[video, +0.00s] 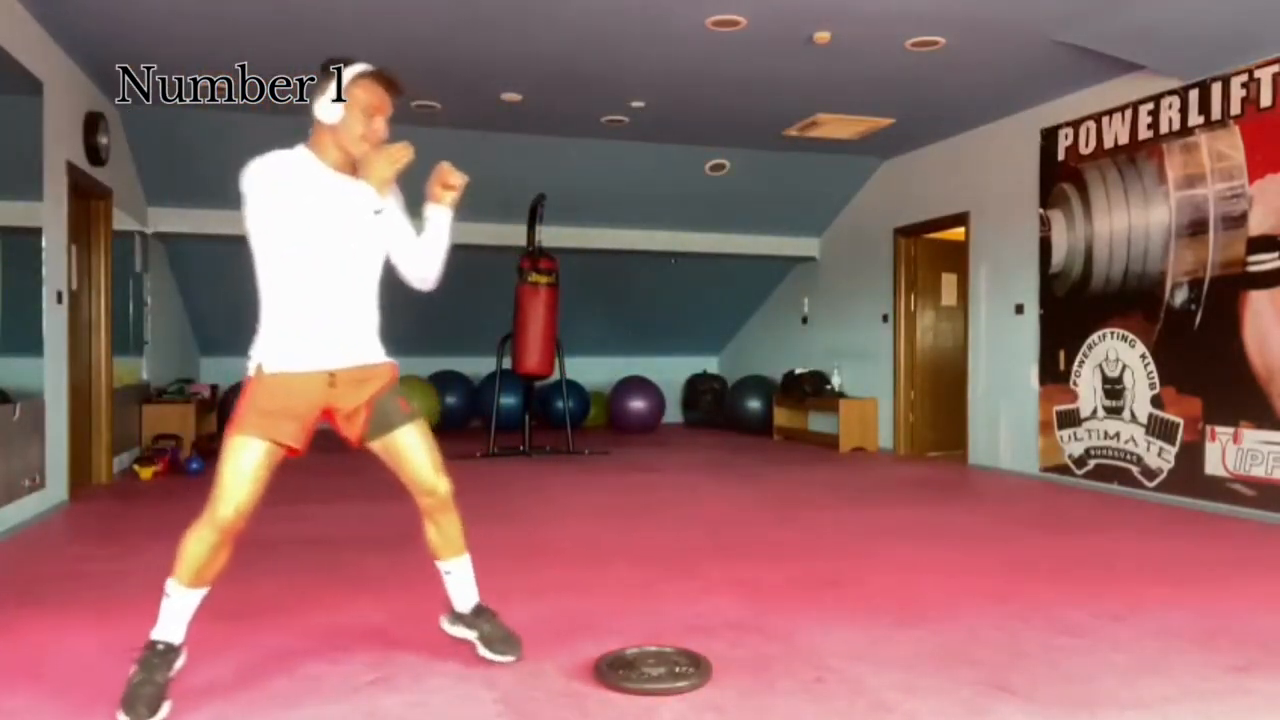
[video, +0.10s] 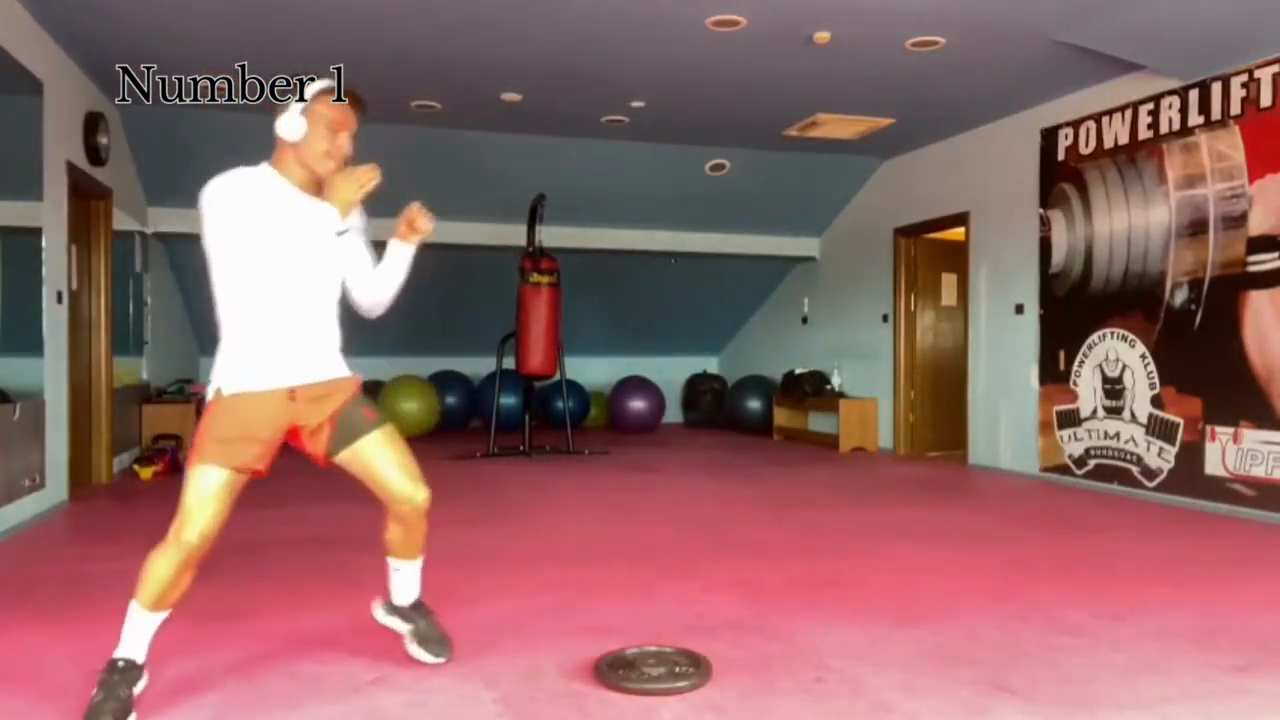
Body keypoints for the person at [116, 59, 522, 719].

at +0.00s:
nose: (380, 132)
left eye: (385, 122)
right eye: (370, 117)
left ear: (381, 125)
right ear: (328, 110)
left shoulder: (375, 191)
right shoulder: (267, 175)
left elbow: (423, 271)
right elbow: (299, 232)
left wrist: (439, 208)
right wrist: (373, 179)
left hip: (367, 374)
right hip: (282, 378)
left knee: (436, 489)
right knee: (224, 516)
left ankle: (467, 609)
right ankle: (164, 646)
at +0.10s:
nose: (345, 148)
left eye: (350, 137)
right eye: (334, 132)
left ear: (350, 143)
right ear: (295, 129)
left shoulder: (336, 213)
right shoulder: (227, 192)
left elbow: (372, 300)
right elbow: (268, 260)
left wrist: (403, 245)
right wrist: (338, 208)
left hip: (327, 387)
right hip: (246, 395)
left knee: (411, 497)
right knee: (191, 538)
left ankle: (404, 603)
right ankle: (126, 663)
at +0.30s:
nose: (315, 152)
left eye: (323, 141)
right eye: (305, 136)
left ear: (323, 147)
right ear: (263, 132)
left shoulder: (313, 206)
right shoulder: (196, 200)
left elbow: (334, 291)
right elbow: (234, 268)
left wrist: (410, 299)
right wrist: (310, 207)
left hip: (317, 393)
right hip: (229, 403)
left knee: (402, 503)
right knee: (174, 541)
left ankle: (396, 604)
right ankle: (125, 668)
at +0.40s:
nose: (341, 122)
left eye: (346, 111)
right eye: (332, 108)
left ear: (344, 117)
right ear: (288, 105)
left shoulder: (342, 176)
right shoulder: (221, 174)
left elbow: (378, 240)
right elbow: (257, 245)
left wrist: (454, 213)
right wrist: (329, 175)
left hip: (342, 369)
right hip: (254, 378)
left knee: (421, 485)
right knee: (198, 513)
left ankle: (445, 596)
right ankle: (153, 655)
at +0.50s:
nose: (365, 142)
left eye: (373, 132)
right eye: (355, 127)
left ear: (375, 134)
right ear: (315, 120)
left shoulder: (375, 191)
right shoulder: (255, 184)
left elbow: (447, 217)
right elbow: (295, 233)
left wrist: (490, 161)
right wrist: (367, 173)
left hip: (366, 376)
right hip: (279, 384)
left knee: (440, 492)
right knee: (222, 516)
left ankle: (485, 607)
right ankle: (168, 654)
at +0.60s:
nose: (405, 184)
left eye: (410, 172)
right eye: (394, 168)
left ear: (408, 177)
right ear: (355, 165)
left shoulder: (401, 232)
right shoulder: (294, 229)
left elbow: (465, 292)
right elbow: (342, 298)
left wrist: (481, 234)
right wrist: (406, 233)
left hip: (395, 410)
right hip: (312, 415)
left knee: (468, 516)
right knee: (241, 536)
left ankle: (499, 624)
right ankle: (175, 645)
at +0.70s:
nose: (420, 221)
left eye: (425, 209)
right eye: (408, 206)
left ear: (426, 214)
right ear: (369, 207)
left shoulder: (411, 279)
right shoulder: (312, 272)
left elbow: (433, 363)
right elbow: (345, 347)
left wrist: (461, 333)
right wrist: (416, 284)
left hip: (409, 435)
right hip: (333, 444)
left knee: (494, 530)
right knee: (267, 568)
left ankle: (499, 630)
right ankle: (190, 657)